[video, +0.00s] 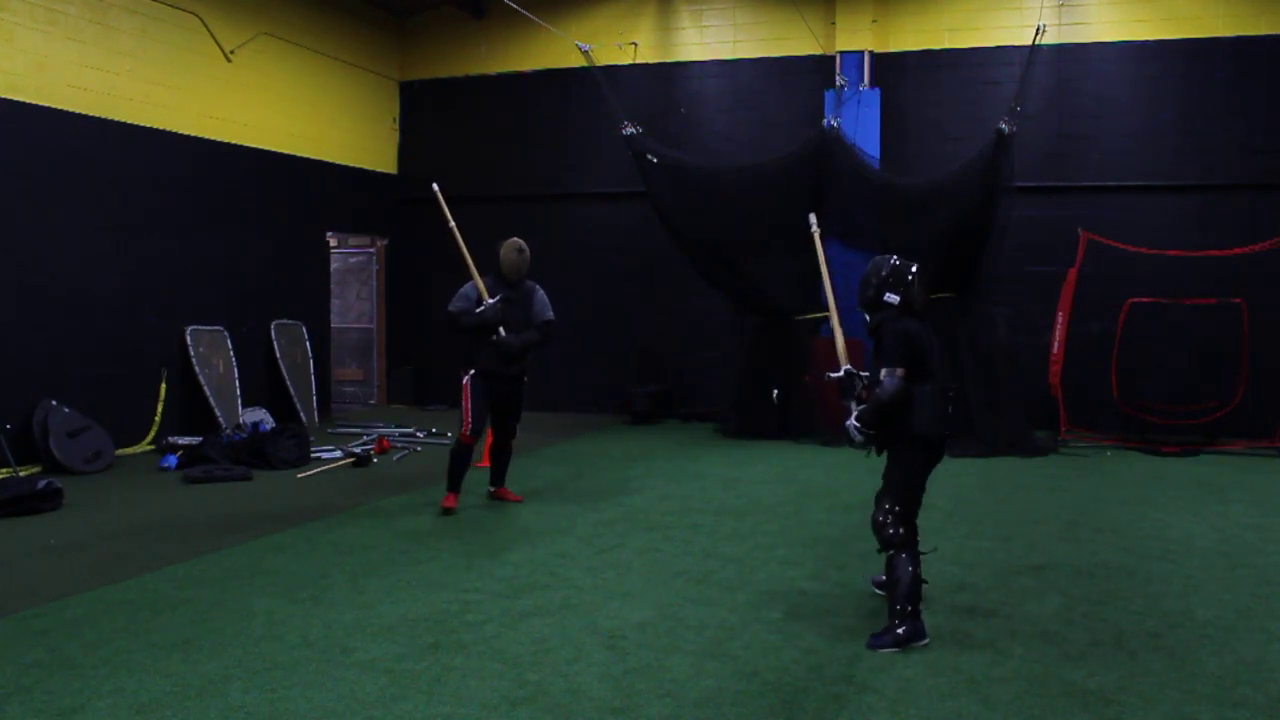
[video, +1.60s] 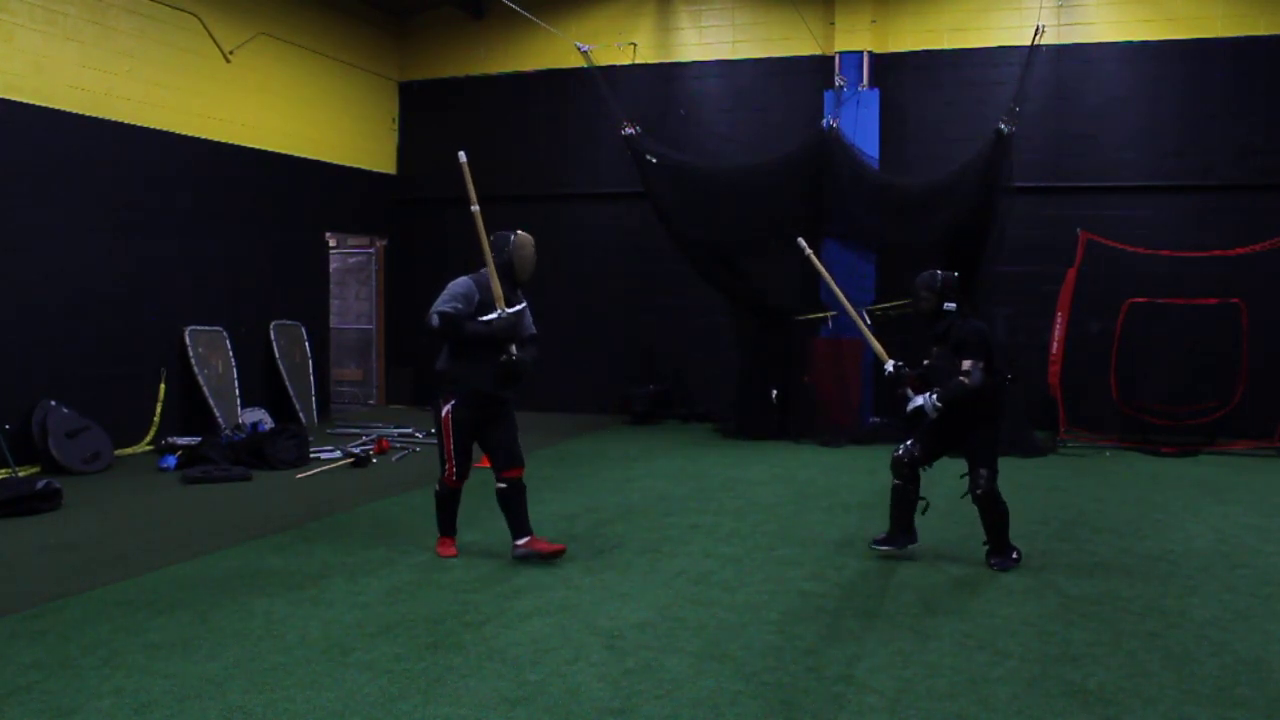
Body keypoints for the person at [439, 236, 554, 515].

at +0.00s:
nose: (519, 266)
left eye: (523, 260)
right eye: (514, 260)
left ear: (528, 263)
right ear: (501, 260)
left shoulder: (534, 293)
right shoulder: (478, 289)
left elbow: (547, 329)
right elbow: (454, 319)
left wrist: (515, 341)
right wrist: (485, 316)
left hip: (512, 374)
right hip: (479, 371)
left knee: (505, 433)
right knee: (471, 430)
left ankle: (498, 486)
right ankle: (453, 492)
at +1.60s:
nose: (528, 263)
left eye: (529, 256)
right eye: (523, 255)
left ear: (516, 259)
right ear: (504, 256)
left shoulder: (516, 299)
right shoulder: (467, 287)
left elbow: (530, 344)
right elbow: (440, 321)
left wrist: (519, 359)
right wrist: (492, 327)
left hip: (494, 392)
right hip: (457, 391)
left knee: (510, 467)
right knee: (455, 469)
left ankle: (522, 539)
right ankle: (446, 538)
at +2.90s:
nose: (518, 283)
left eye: (518, 275)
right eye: (514, 275)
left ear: (491, 272)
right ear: (497, 273)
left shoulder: (492, 314)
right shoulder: (465, 302)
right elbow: (444, 342)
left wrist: (501, 396)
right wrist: (497, 358)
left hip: (456, 420)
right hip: (429, 418)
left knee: (486, 485)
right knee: (418, 507)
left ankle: (458, 566)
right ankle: (365, 592)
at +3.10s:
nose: (521, 289)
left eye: (521, 281)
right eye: (517, 281)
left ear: (491, 278)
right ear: (499, 279)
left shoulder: (496, 320)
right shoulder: (467, 309)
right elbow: (453, 354)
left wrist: (501, 401)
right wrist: (500, 367)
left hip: (456, 425)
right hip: (429, 423)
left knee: (494, 476)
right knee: (416, 516)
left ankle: (467, 559)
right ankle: (362, 597)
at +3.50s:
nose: (572, 268)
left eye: (569, 262)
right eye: (571, 262)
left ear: (530, 256)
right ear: (564, 263)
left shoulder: (508, 283)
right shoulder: (557, 295)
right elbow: (605, 323)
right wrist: (651, 324)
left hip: (472, 400)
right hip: (501, 404)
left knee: (504, 482)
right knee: (549, 483)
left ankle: (485, 564)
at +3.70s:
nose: (614, 267)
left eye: (611, 259)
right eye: (611, 262)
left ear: (576, 254)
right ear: (604, 266)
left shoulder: (551, 269)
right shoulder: (602, 300)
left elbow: (598, 250)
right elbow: (650, 304)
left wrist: (645, 237)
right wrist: (681, 262)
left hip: (516, 403)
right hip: (558, 410)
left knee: (516, 486)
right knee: (611, 485)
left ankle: (488, 564)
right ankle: (651, 559)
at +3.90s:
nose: (638, 269)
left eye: (636, 262)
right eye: (634, 262)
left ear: (596, 261)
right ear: (621, 265)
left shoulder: (580, 294)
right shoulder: (614, 300)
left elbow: (645, 333)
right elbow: (660, 336)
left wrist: (706, 318)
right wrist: (682, 282)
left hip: (562, 409)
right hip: (600, 413)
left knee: (557, 485)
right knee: (652, 479)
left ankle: (514, 549)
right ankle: (653, 563)